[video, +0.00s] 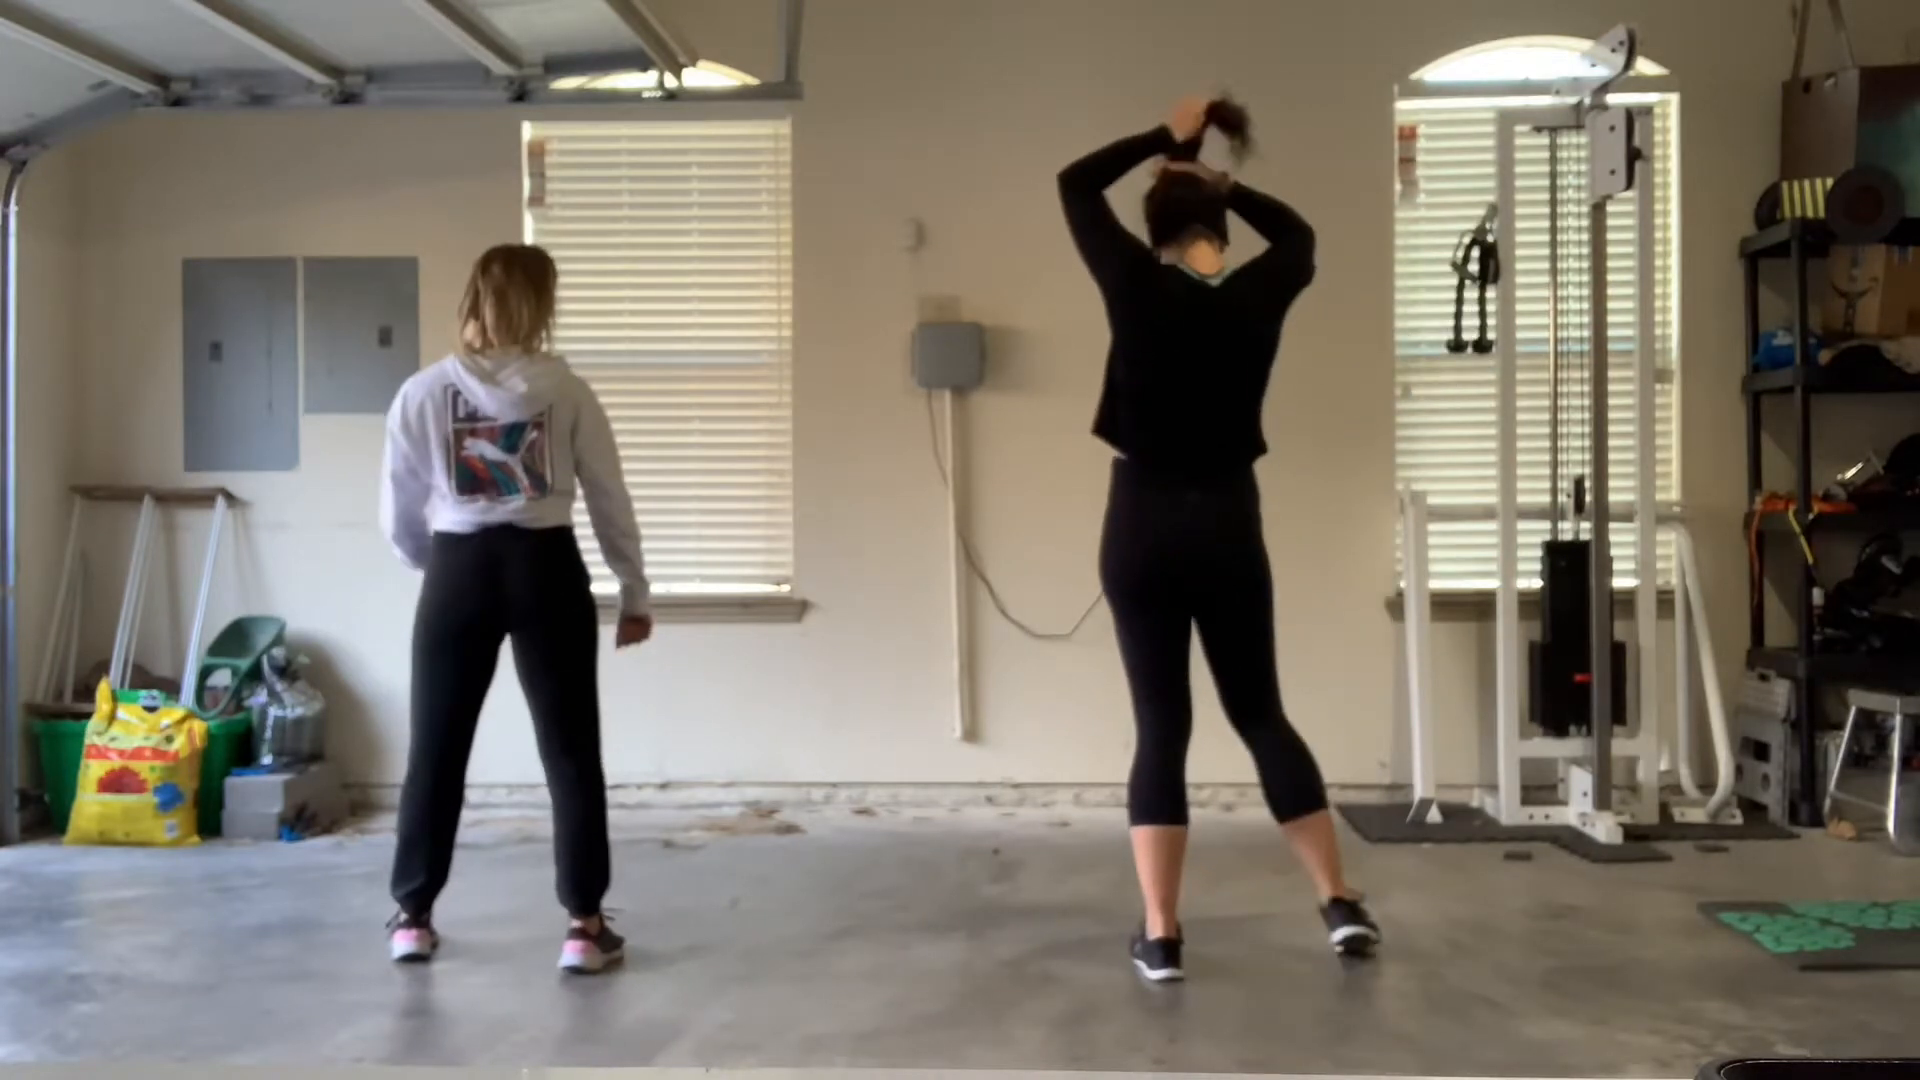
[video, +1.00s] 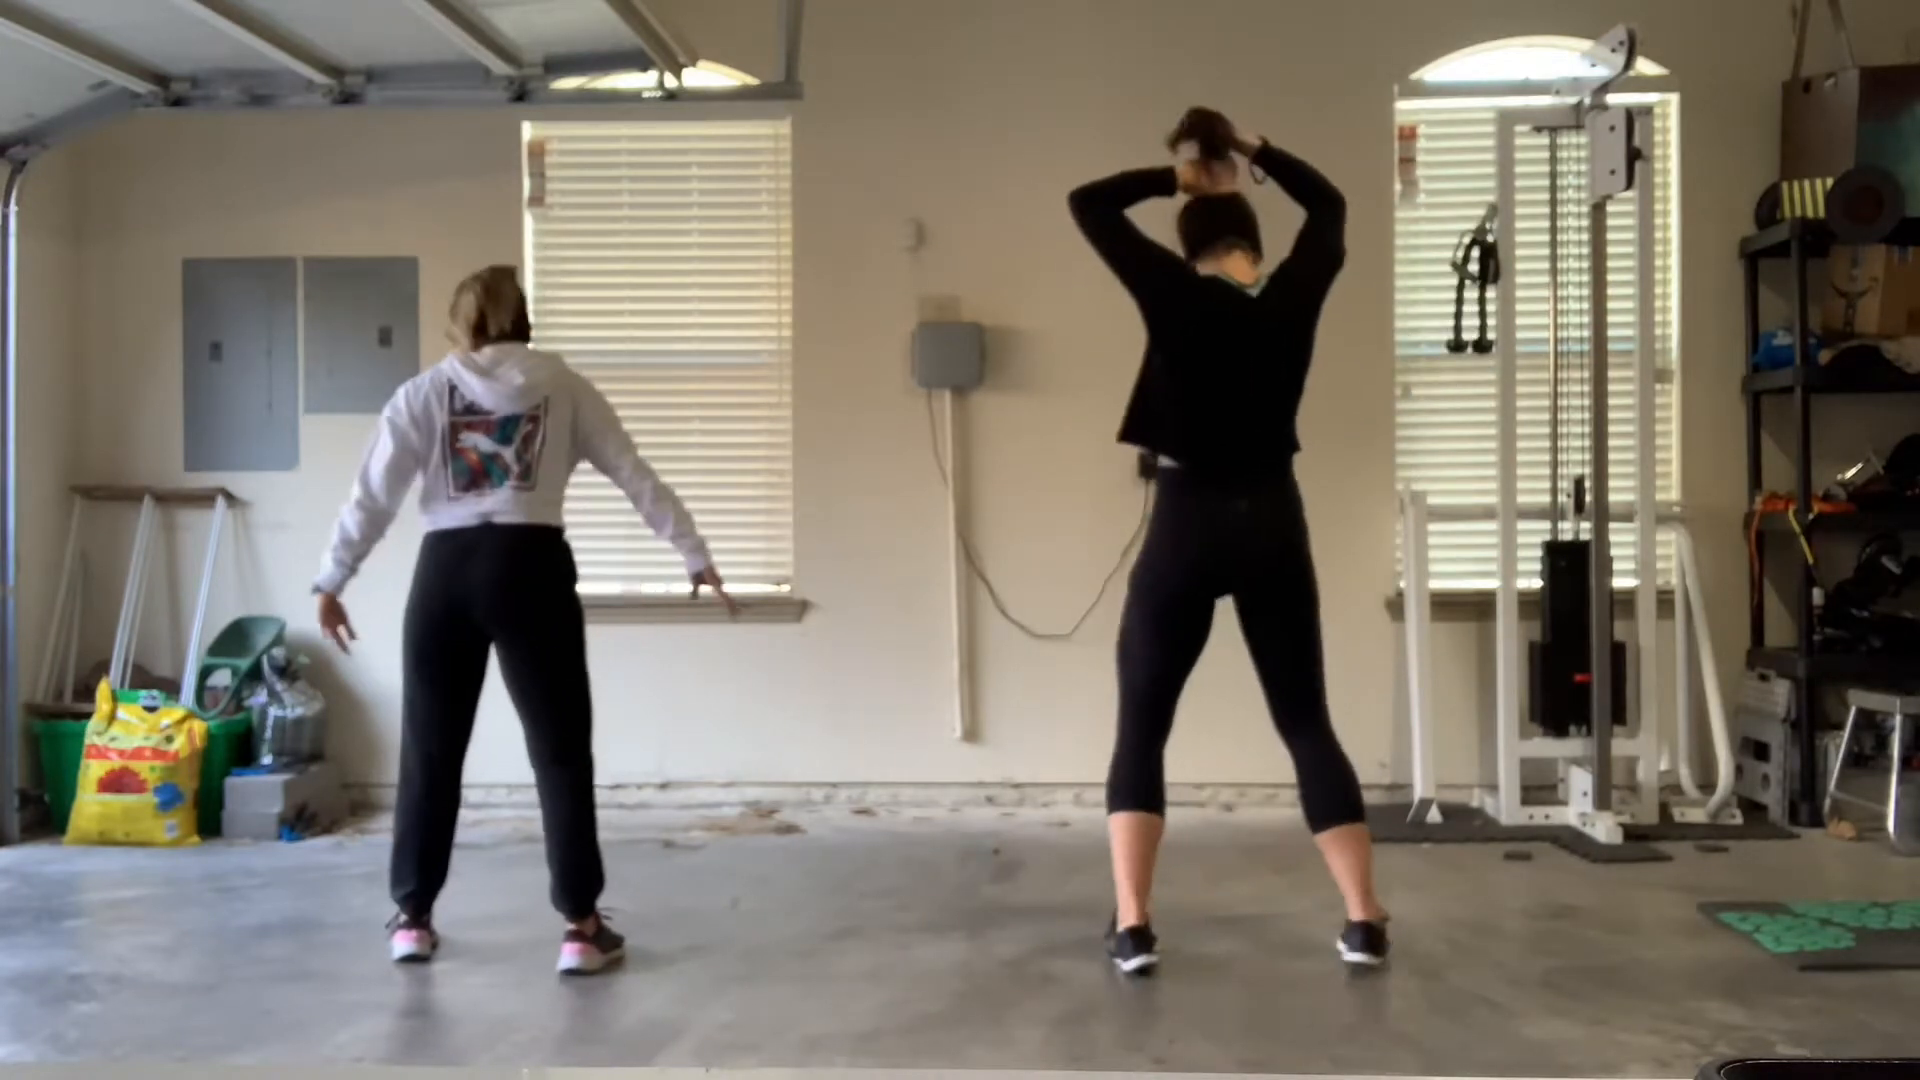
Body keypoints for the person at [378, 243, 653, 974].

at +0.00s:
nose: (551, 313)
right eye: (548, 300)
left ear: (473, 303)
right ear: (543, 306)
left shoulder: (423, 391)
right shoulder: (566, 387)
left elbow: (400, 518)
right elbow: (608, 497)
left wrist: (439, 563)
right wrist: (634, 590)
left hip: (457, 576)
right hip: (549, 574)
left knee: (435, 750)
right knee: (571, 753)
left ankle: (413, 918)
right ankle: (584, 925)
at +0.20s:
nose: (550, 313)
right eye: (547, 300)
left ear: (469, 302)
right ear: (540, 305)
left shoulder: (418, 390)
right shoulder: (564, 385)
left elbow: (402, 508)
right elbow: (606, 497)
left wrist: (458, 524)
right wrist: (635, 587)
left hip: (449, 575)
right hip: (541, 575)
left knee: (428, 748)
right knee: (565, 752)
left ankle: (411, 919)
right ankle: (580, 926)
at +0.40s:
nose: (549, 312)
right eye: (547, 300)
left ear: (471, 302)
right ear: (541, 305)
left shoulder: (421, 389)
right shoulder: (568, 389)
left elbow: (404, 509)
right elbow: (604, 503)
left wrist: (460, 531)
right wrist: (621, 591)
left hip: (457, 574)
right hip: (549, 575)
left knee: (434, 752)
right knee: (569, 755)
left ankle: (413, 918)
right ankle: (582, 926)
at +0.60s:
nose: (550, 313)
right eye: (547, 301)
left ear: (472, 301)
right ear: (542, 306)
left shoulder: (420, 390)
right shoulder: (565, 387)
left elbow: (396, 511)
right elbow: (606, 494)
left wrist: (420, 564)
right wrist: (618, 573)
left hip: (446, 574)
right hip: (538, 571)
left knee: (429, 749)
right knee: (562, 752)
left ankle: (411, 919)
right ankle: (579, 927)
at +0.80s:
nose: (539, 315)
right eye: (536, 304)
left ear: (464, 309)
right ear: (534, 309)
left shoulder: (421, 392)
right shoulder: (564, 387)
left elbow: (389, 500)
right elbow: (619, 486)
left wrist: (376, 593)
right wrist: (649, 570)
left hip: (462, 580)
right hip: (555, 577)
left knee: (438, 753)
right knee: (574, 755)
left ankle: (414, 918)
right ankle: (583, 925)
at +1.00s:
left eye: (459, 318)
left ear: (458, 323)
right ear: (524, 319)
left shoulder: (424, 391)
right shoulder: (562, 384)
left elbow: (374, 495)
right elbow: (634, 474)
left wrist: (331, 582)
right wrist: (696, 553)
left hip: (445, 577)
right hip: (535, 574)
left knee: (430, 752)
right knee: (561, 754)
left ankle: (412, 920)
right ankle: (581, 927)